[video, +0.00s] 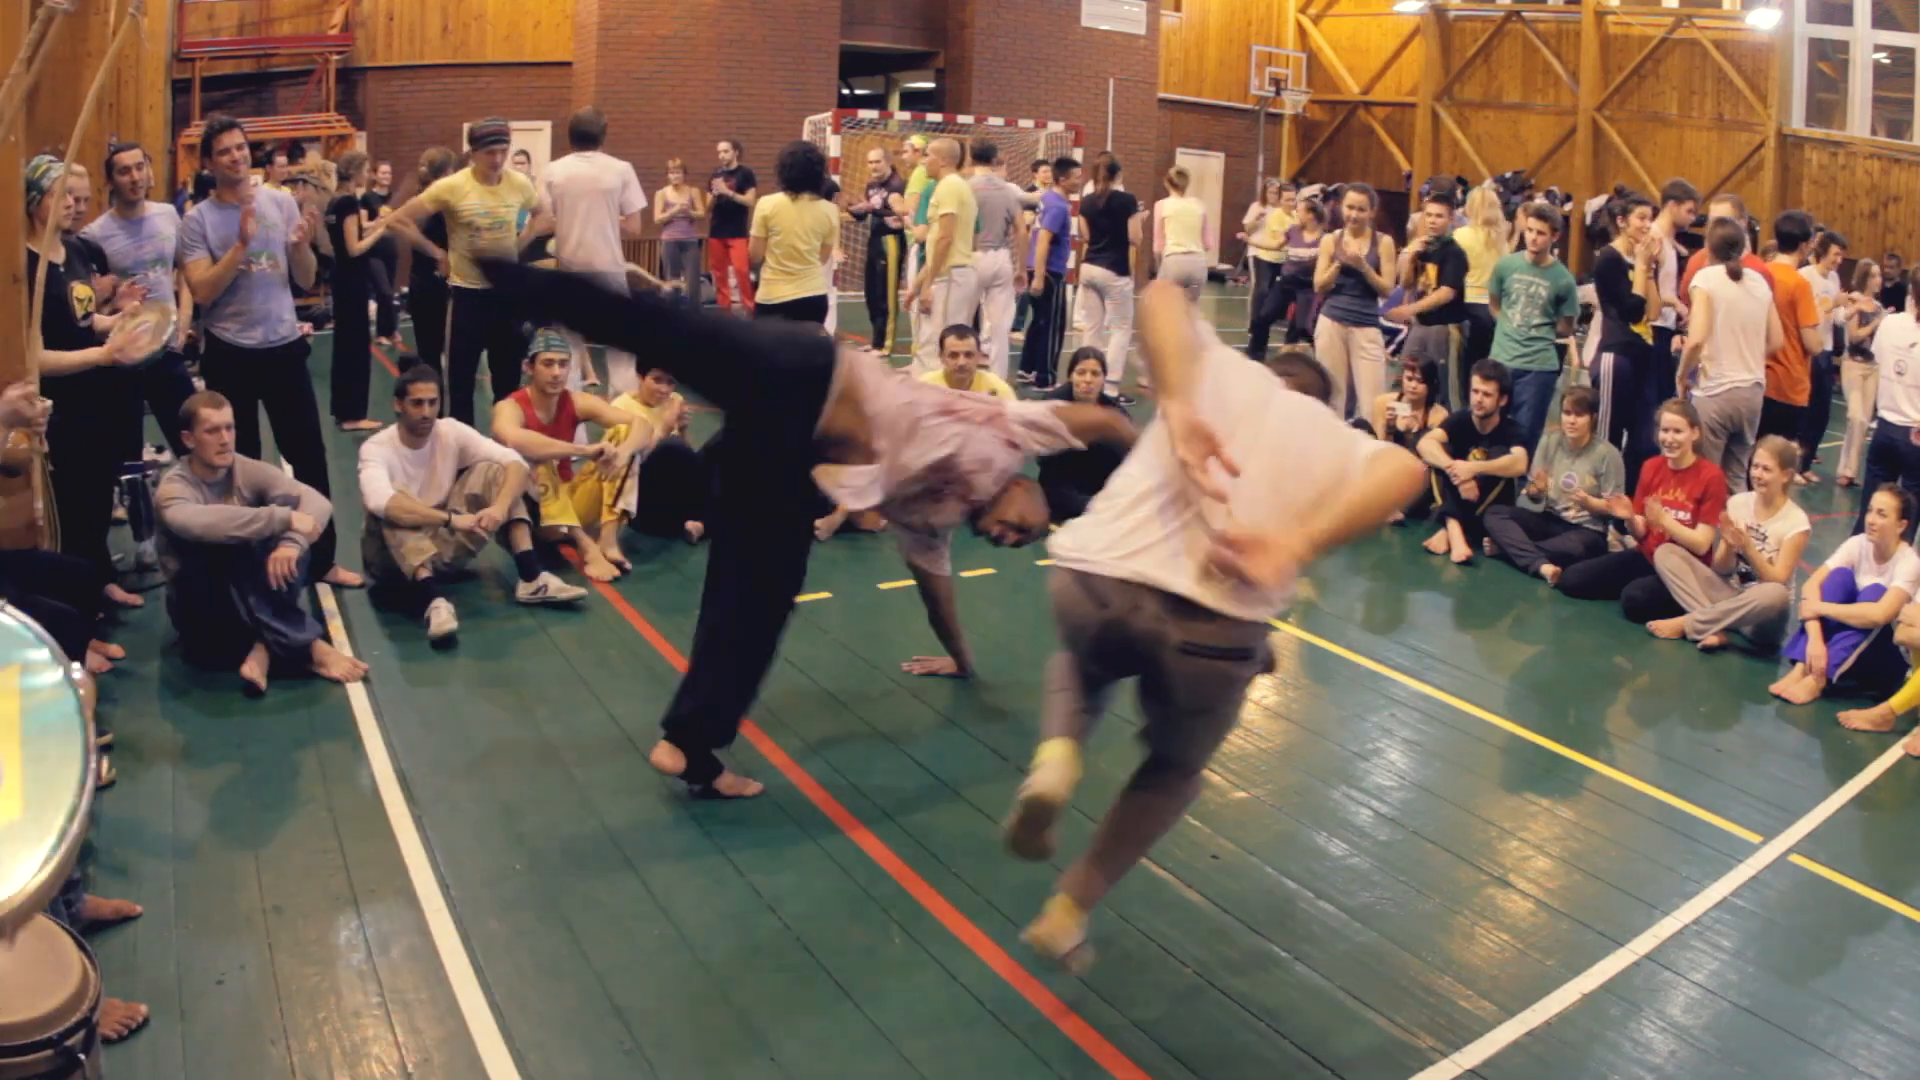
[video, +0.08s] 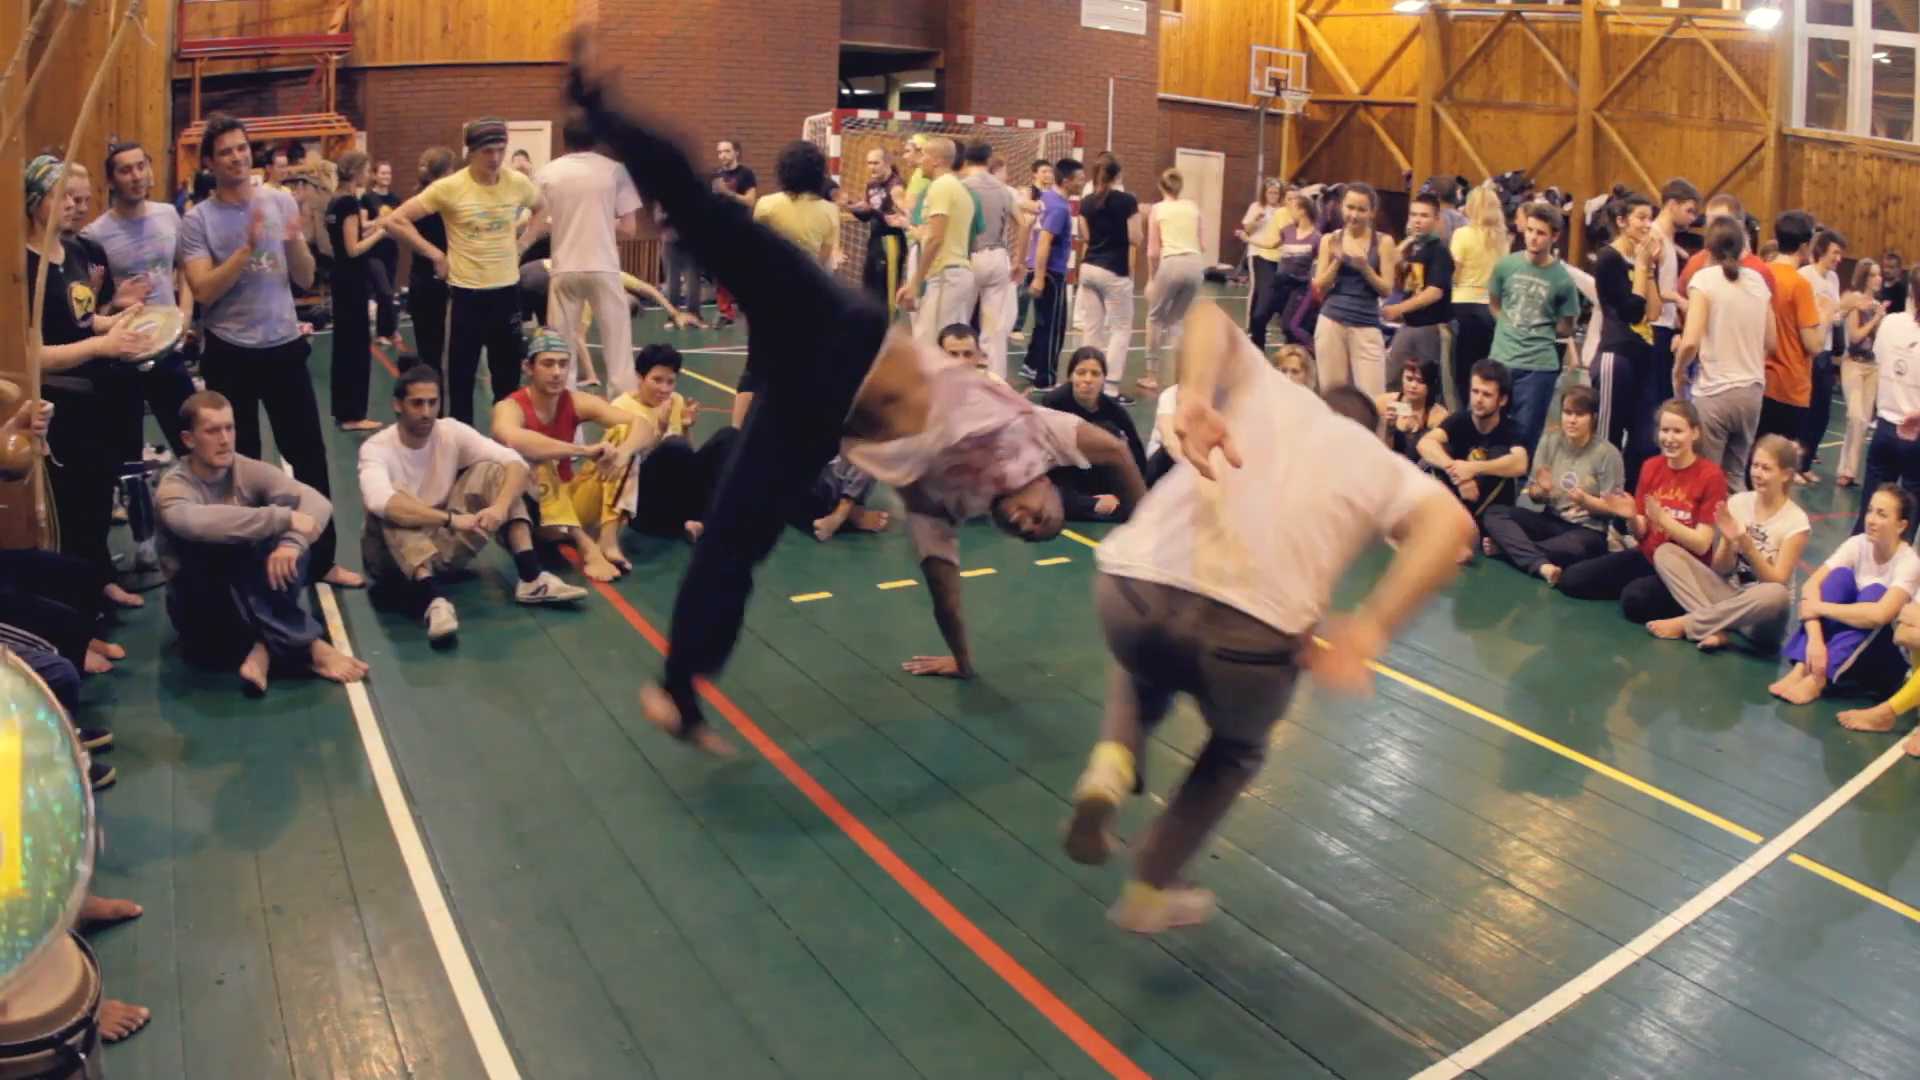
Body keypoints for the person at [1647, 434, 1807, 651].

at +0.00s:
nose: (1757, 474)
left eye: (1766, 469)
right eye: (1754, 466)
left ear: (1786, 476)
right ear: (1749, 467)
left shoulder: (1796, 521)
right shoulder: (1738, 502)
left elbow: (1778, 579)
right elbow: (1720, 568)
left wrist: (1747, 548)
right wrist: (1729, 546)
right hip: (1727, 594)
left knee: (1774, 594)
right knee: (1666, 553)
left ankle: (1686, 624)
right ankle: (1711, 629)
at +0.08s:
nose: (1756, 473)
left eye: (1766, 468)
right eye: (1754, 466)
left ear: (1786, 475)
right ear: (1749, 466)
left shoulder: (1796, 521)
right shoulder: (1738, 502)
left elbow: (1777, 578)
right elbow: (1720, 568)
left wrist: (1746, 546)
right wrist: (1729, 542)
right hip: (1726, 594)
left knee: (1775, 594)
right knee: (1665, 552)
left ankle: (1686, 624)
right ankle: (1712, 629)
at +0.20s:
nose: (1757, 471)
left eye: (1766, 466)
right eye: (1756, 463)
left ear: (1787, 472)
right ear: (1751, 463)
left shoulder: (1796, 518)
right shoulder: (1738, 499)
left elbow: (1775, 575)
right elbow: (1719, 567)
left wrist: (1742, 542)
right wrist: (1734, 546)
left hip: (1760, 605)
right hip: (1726, 592)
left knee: (1774, 594)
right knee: (1665, 552)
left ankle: (1686, 624)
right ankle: (1711, 629)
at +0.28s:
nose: (1757, 469)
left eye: (1766, 464)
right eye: (1756, 462)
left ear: (1787, 472)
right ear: (1751, 462)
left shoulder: (1796, 518)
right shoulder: (1739, 499)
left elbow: (1776, 575)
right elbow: (1719, 566)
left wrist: (1743, 542)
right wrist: (1731, 541)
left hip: (1760, 604)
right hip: (1726, 592)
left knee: (1774, 594)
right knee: (1666, 552)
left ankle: (1686, 624)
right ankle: (1711, 629)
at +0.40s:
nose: (1757, 470)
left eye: (1766, 464)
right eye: (1756, 462)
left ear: (1787, 472)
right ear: (1751, 462)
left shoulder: (1796, 517)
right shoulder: (1739, 499)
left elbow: (1777, 576)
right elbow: (1719, 566)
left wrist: (1747, 542)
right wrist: (1729, 538)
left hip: (1760, 605)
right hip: (1725, 590)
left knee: (1774, 592)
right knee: (1666, 552)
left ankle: (1687, 624)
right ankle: (1711, 629)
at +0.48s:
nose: (1757, 469)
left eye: (1766, 464)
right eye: (1756, 462)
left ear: (1787, 472)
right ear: (1752, 462)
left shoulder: (1796, 517)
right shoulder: (1739, 499)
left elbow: (1776, 575)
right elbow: (1721, 566)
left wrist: (1742, 539)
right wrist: (1731, 540)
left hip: (1760, 603)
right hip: (1726, 589)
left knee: (1774, 592)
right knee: (1666, 551)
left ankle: (1687, 624)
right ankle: (1711, 629)